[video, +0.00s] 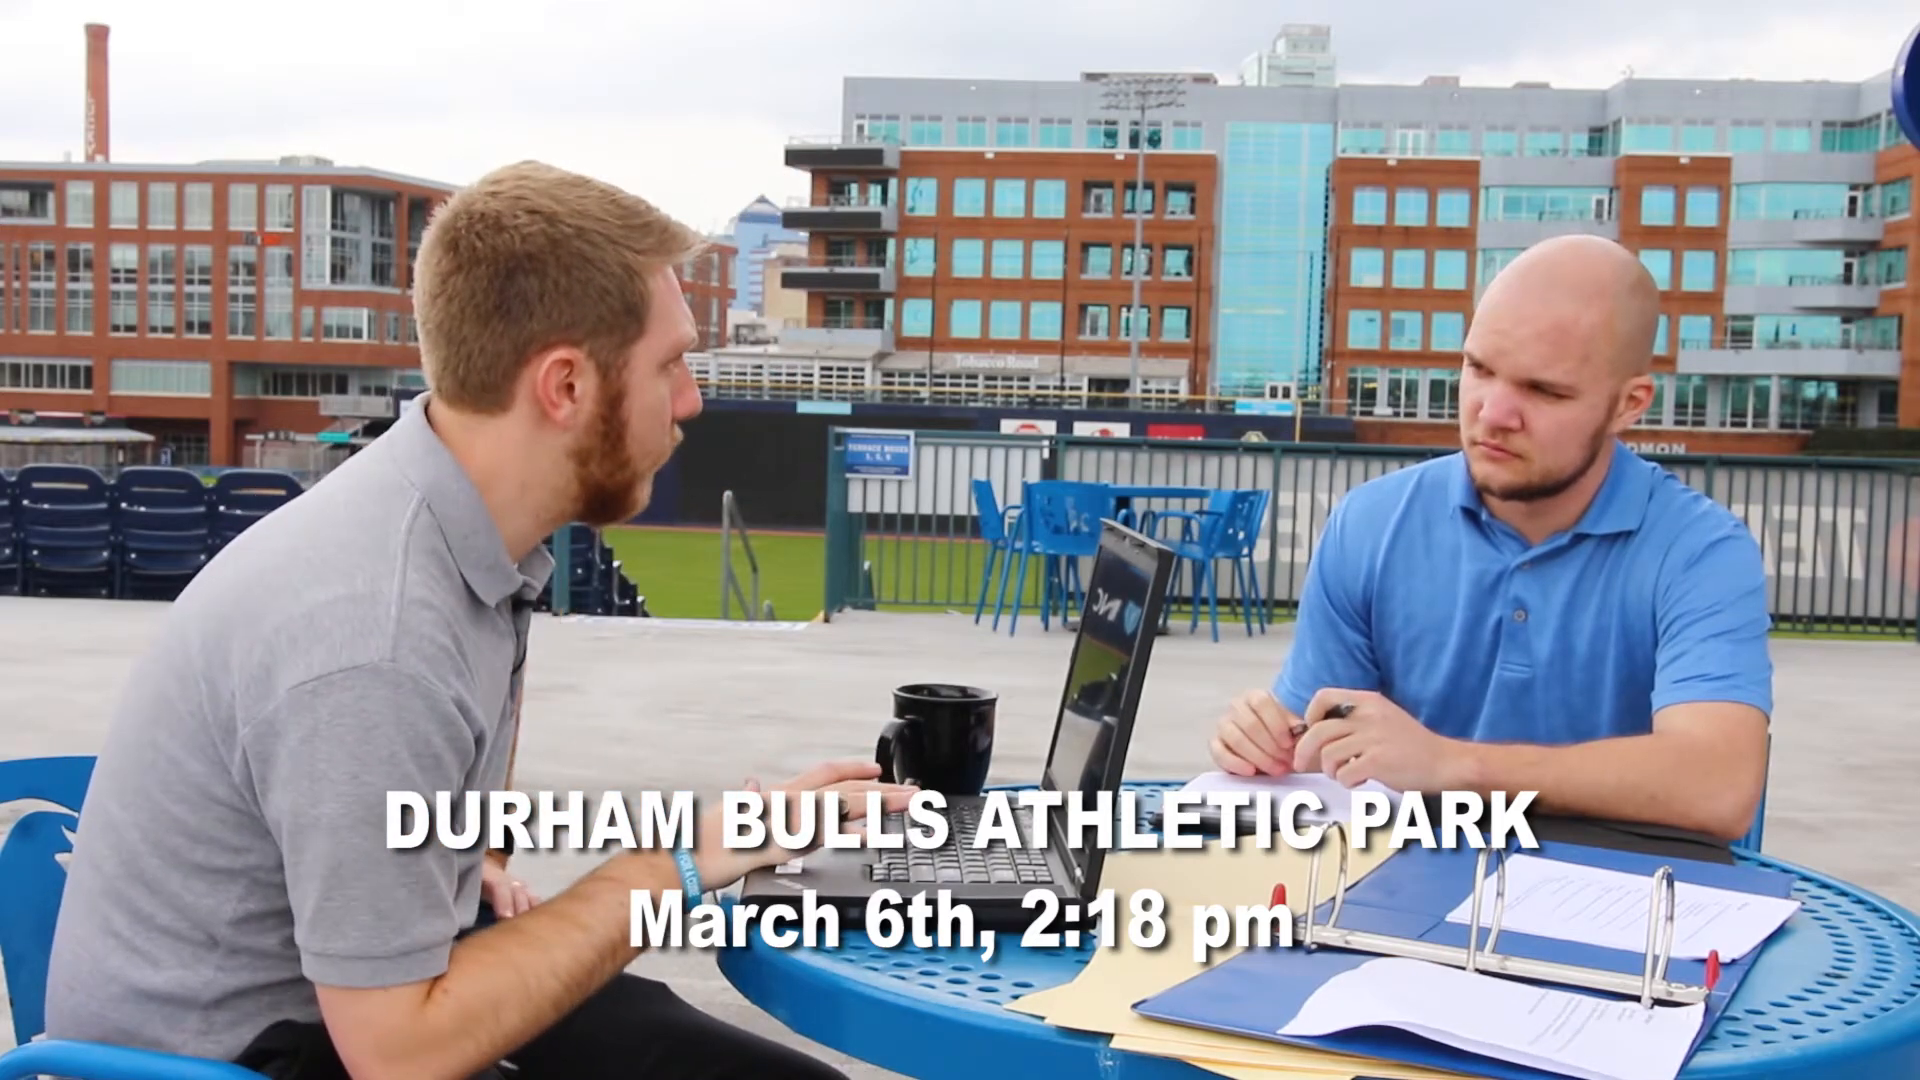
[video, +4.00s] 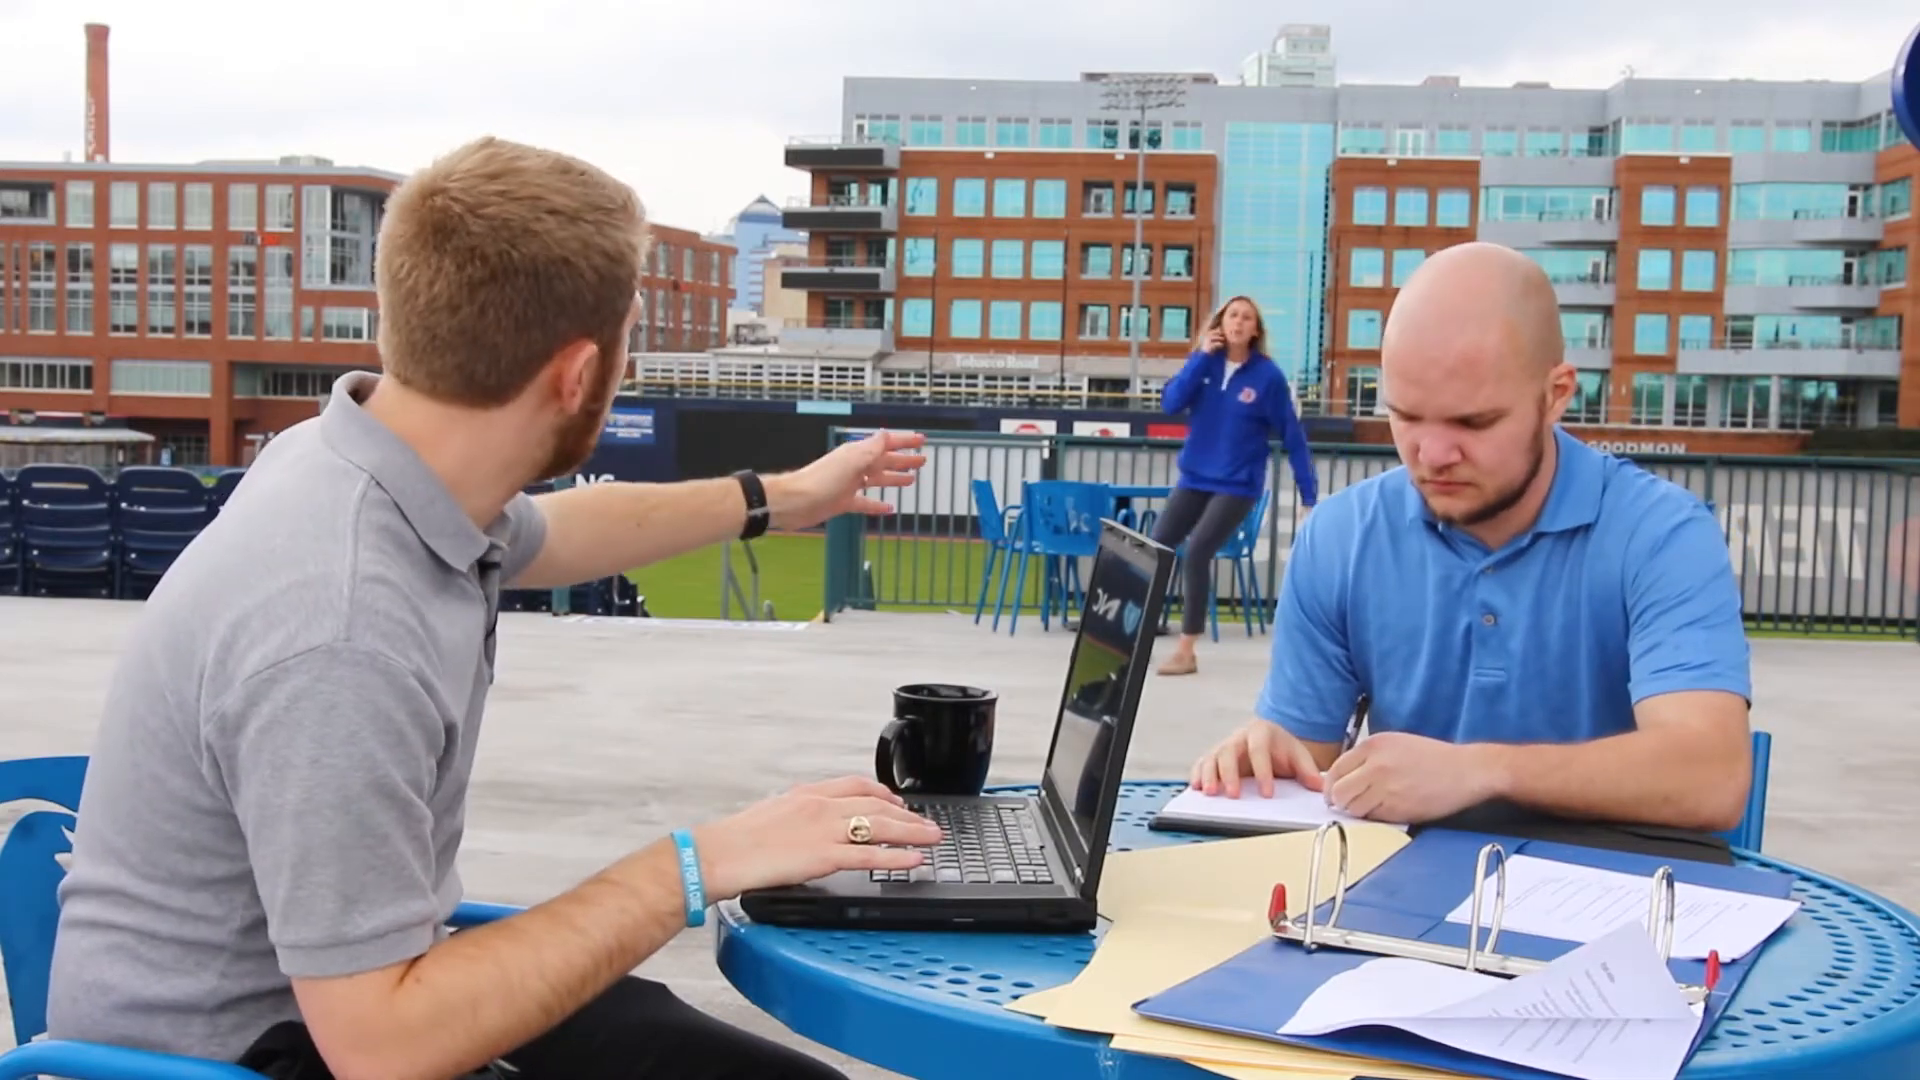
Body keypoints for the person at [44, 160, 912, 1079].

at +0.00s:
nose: (694, 402)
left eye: (688, 365)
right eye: (674, 369)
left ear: (562, 389)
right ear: (565, 389)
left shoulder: (464, 526)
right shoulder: (365, 642)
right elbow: (404, 1047)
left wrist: (467, 857)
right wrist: (690, 860)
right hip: (212, 1048)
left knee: (803, 1063)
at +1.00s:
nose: (676, 391)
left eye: (668, 353)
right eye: (651, 360)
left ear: (534, 392)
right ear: (533, 392)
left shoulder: (432, 512)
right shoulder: (338, 641)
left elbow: (401, 719)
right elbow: (400, 1044)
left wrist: (534, 756)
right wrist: (644, 831)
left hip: (365, 968)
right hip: (223, 1044)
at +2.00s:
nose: (688, 395)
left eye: (681, 358)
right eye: (664, 364)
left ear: (541, 392)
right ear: (552, 391)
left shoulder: (434, 523)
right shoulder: (343, 620)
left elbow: (417, 788)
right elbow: (383, 1030)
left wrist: (638, 780)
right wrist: (688, 867)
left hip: (368, 966)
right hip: (227, 1042)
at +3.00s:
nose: (663, 377)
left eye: (661, 339)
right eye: (648, 343)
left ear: (531, 357)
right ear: (540, 365)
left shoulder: (320, 452)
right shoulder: (368, 633)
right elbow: (397, 1040)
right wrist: (709, 861)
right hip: (215, 1048)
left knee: (615, 1000)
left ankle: (817, 1065)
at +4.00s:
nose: (616, 376)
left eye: (620, 343)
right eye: (621, 346)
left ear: (409, 321)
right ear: (575, 373)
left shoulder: (358, 470)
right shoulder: (333, 624)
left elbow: (551, 537)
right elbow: (382, 1038)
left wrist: (784, 498)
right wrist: (709, 860)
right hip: (214, 1048)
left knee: (630, 1004)